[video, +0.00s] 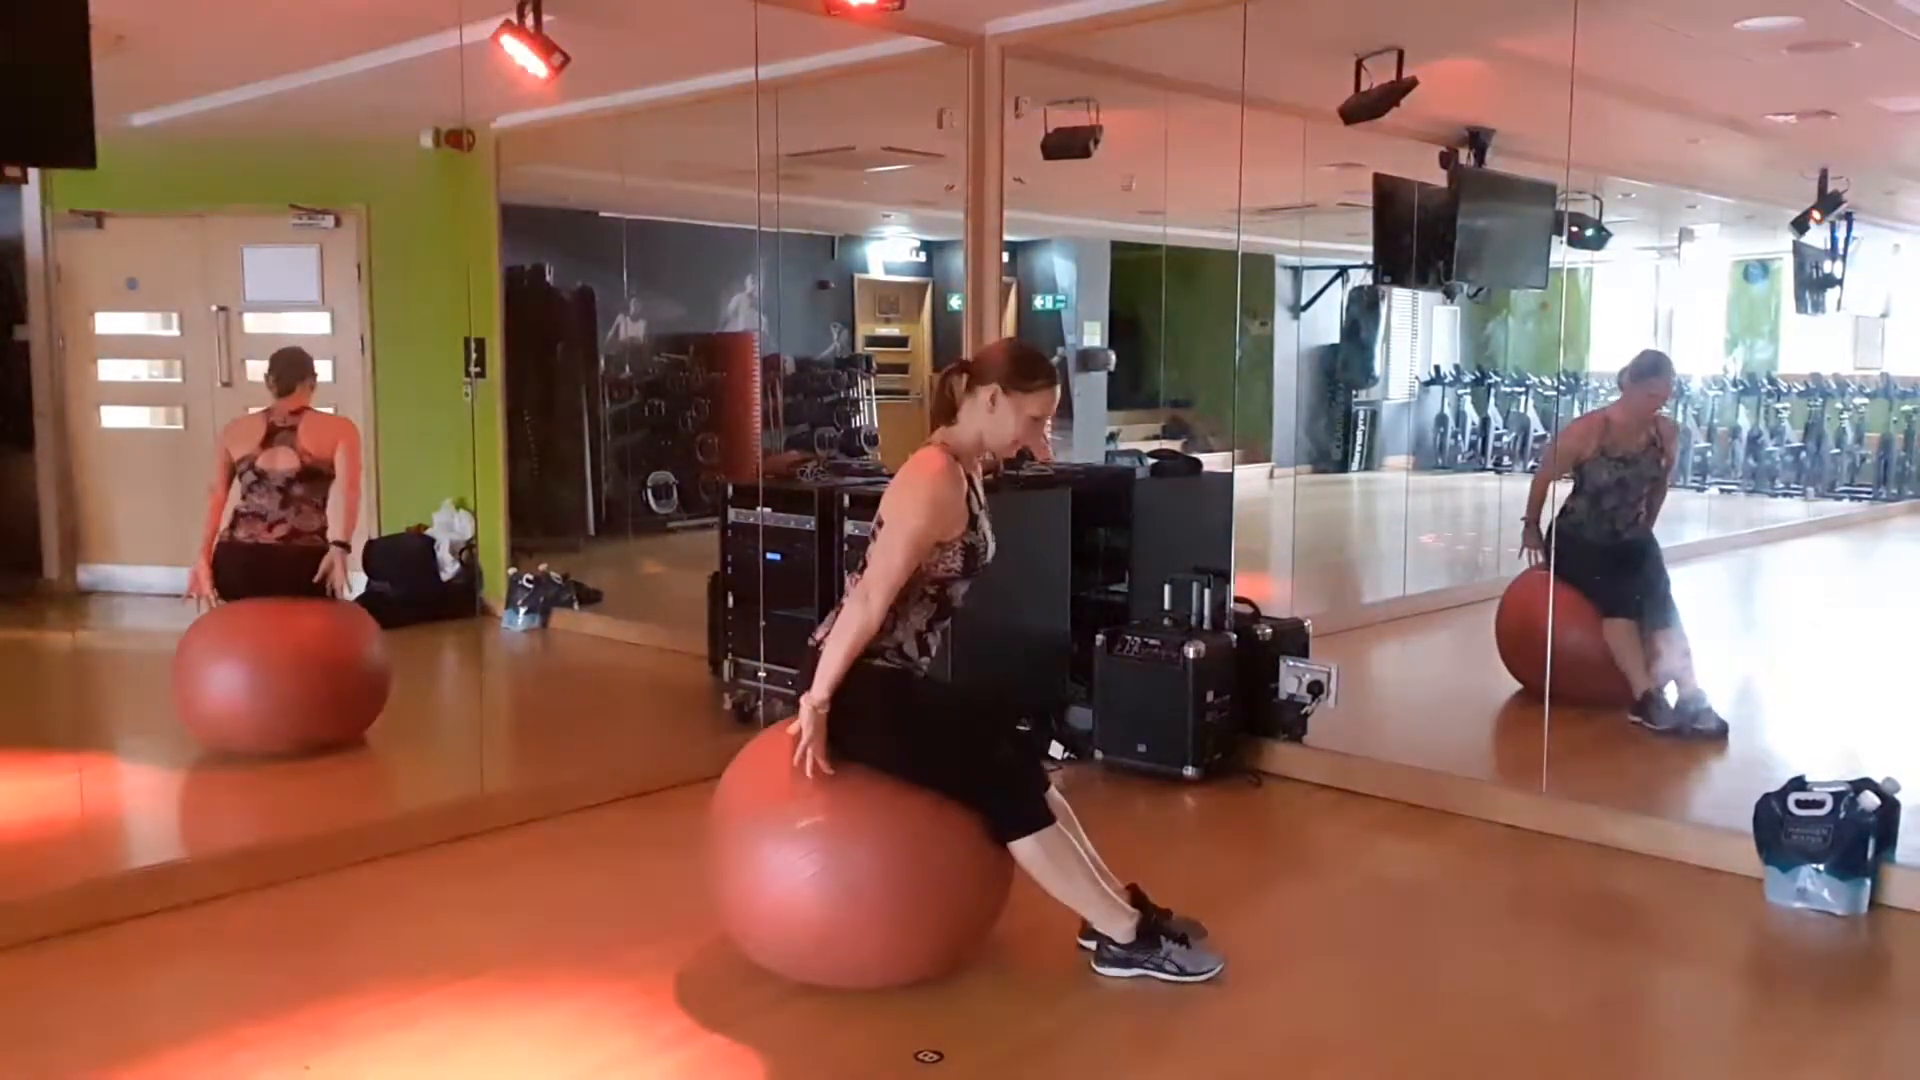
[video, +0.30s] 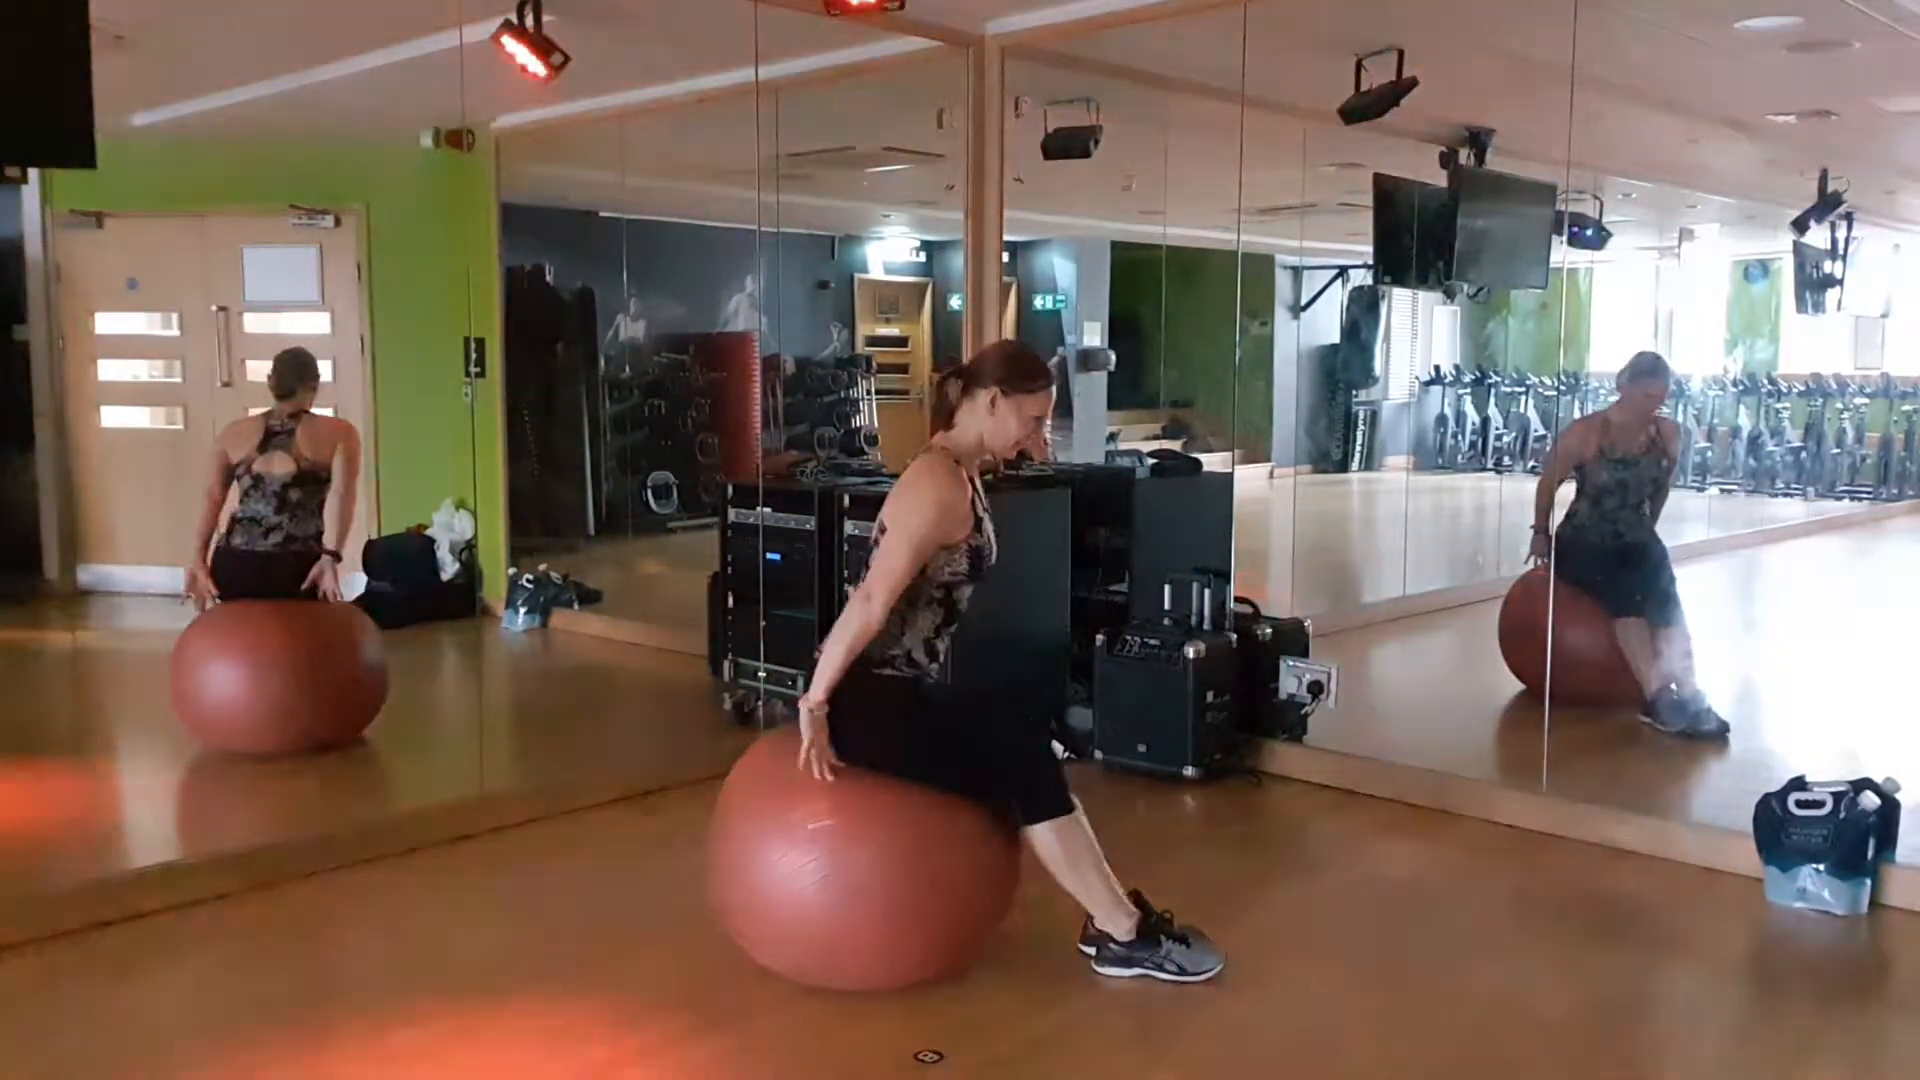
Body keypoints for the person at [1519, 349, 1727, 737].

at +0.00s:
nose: (1660, 403)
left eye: (1665, 395)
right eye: (1654, 394)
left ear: (1668, 393)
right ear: (1628, 386)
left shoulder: (1665, 432)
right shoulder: (1589, 430)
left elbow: (1660, 487)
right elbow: (1544, 473)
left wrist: (1644, 531)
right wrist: (1531, 524)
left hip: (1632, 539)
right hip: (1578, 538)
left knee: (1658, 596)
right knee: (1619, 594)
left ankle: (1690, 696)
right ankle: (1646, 697)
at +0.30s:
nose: (1656, 405)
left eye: (1662, 397)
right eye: (1649, 395)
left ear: (1666, 394)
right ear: (1624, 386)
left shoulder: (1667, 434)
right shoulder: (1586, 432)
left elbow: (1660, 493)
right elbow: (1548, 481)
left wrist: (1643, 534)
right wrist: (1541, 532)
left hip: (1636, 540)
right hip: (1583, 540)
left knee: (1660, 580)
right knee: (1625, 584)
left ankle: (1686, 692)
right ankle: (1657, 696)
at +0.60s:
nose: (1647, 397)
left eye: (1654, 389)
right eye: (1640, 387)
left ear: (1661, 393)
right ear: (1619, 384)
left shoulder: (1668, 436)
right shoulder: (1585, 432)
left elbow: (1661, 493)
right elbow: (1544, 482)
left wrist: (1651, 533)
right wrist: (1552, 540)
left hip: (1647, 546)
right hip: (1593, 548)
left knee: (1682, 585)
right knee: (1649, 580)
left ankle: (1689, 693)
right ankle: (1669, 693)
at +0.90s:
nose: (1646, 396)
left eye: (1651, 388)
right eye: (1638, 387)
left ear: (1655, 391)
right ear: (1613, 387)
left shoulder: (1666, 435)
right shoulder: (1581, 437)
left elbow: (1667, 494)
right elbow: (1548, 494)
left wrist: (1664, 539)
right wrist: (1562, 550)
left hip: (1660, 547)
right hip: (1608, 552)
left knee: (1697, 595)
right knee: (1668, 602)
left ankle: (1683, 685)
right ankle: (1695, 695)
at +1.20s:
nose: (1643, 407)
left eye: (1648, 399)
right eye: (1634, 398)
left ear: (1652, 403)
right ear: (1611, 400)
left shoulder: (1662, 447)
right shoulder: (1583, 443)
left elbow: (1671, 510)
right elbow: (1552, 509)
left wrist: (1680, 554)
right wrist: (1574, 562)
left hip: (1671, 559)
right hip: (1619, 564)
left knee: (1718, 584)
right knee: (1702, 599)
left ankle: (1707, 702)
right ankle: (1707, 712)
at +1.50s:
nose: (1644, 421)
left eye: (1647, 413)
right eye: (1635, 413)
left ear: (1649, 417)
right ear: (1609, 413)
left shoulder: (1665, 461)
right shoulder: (1581, 466)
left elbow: (1677, 522)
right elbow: (1557, 527)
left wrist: (1686, 559)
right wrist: (1588, 570)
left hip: (1679, 563)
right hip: (1630, 574)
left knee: (1723, 576)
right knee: (1712, 607)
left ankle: (1744, 689)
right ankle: (1715, 717)